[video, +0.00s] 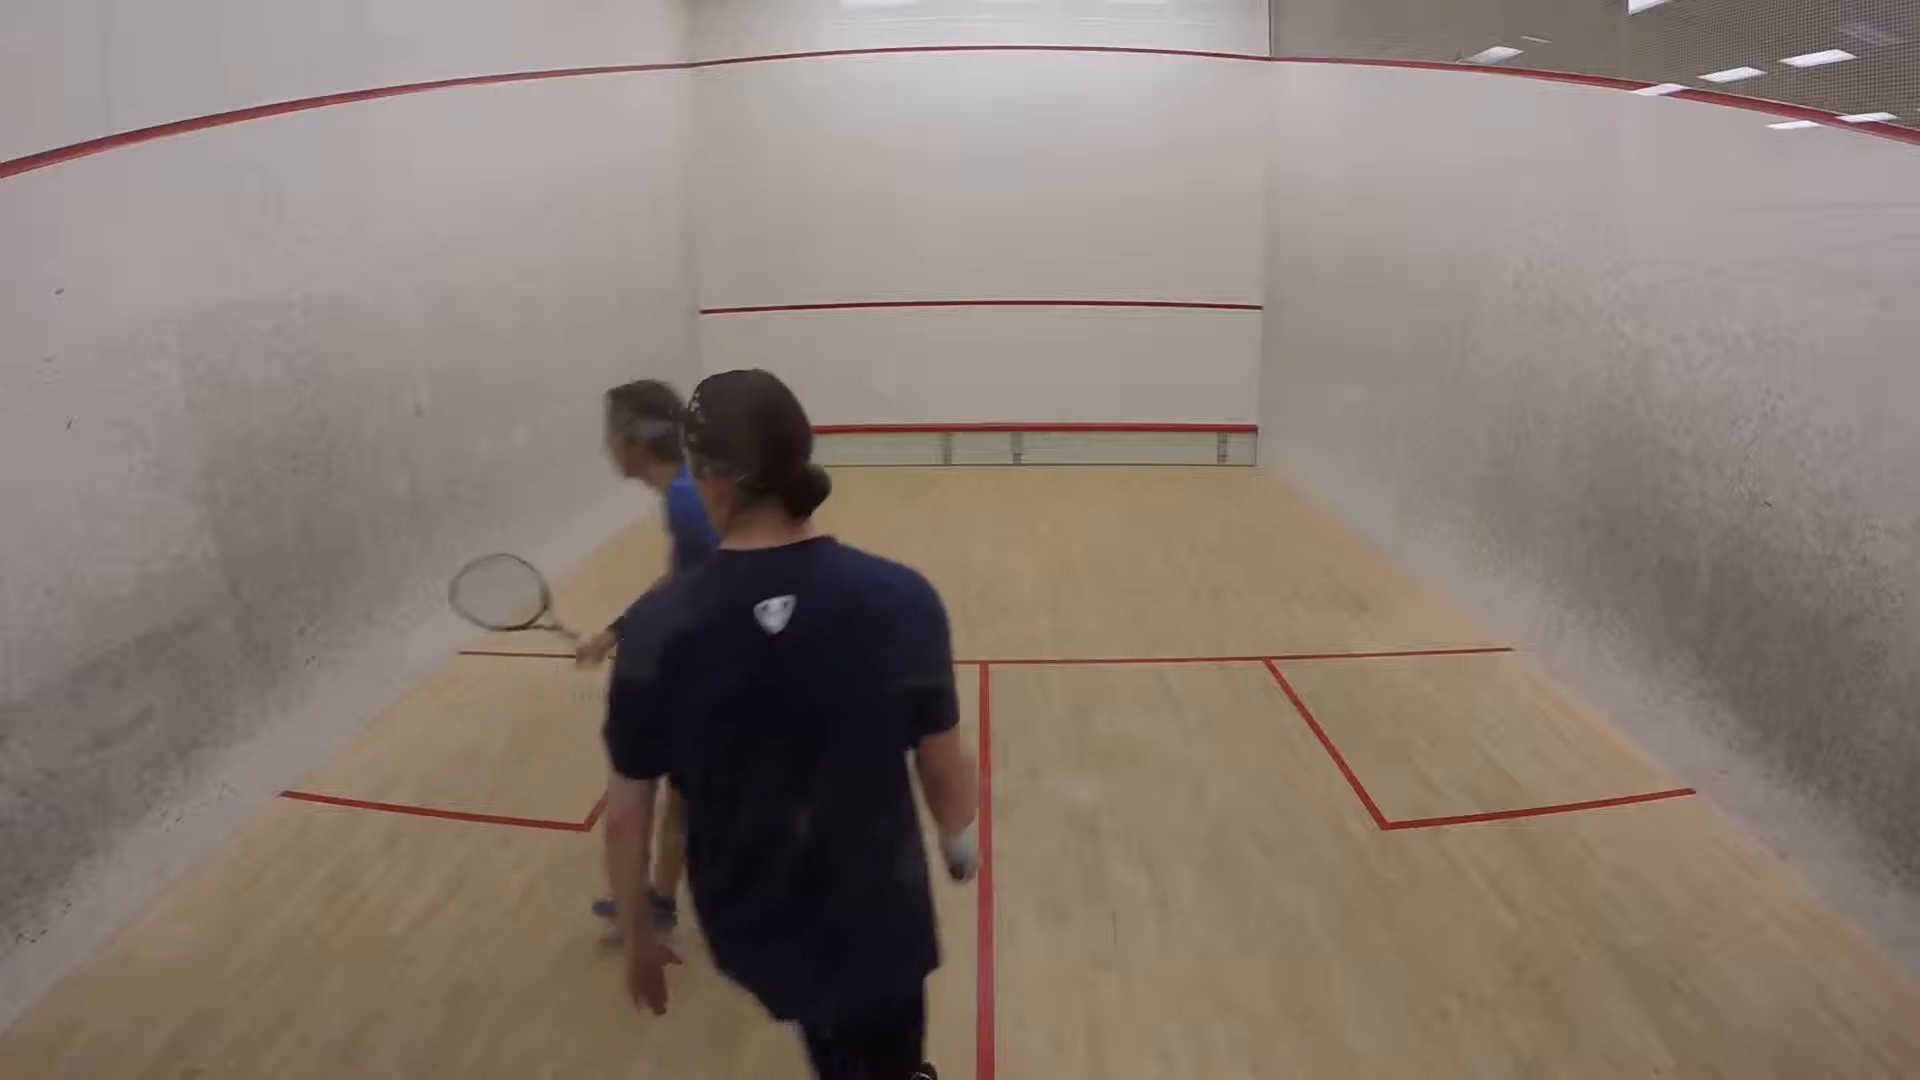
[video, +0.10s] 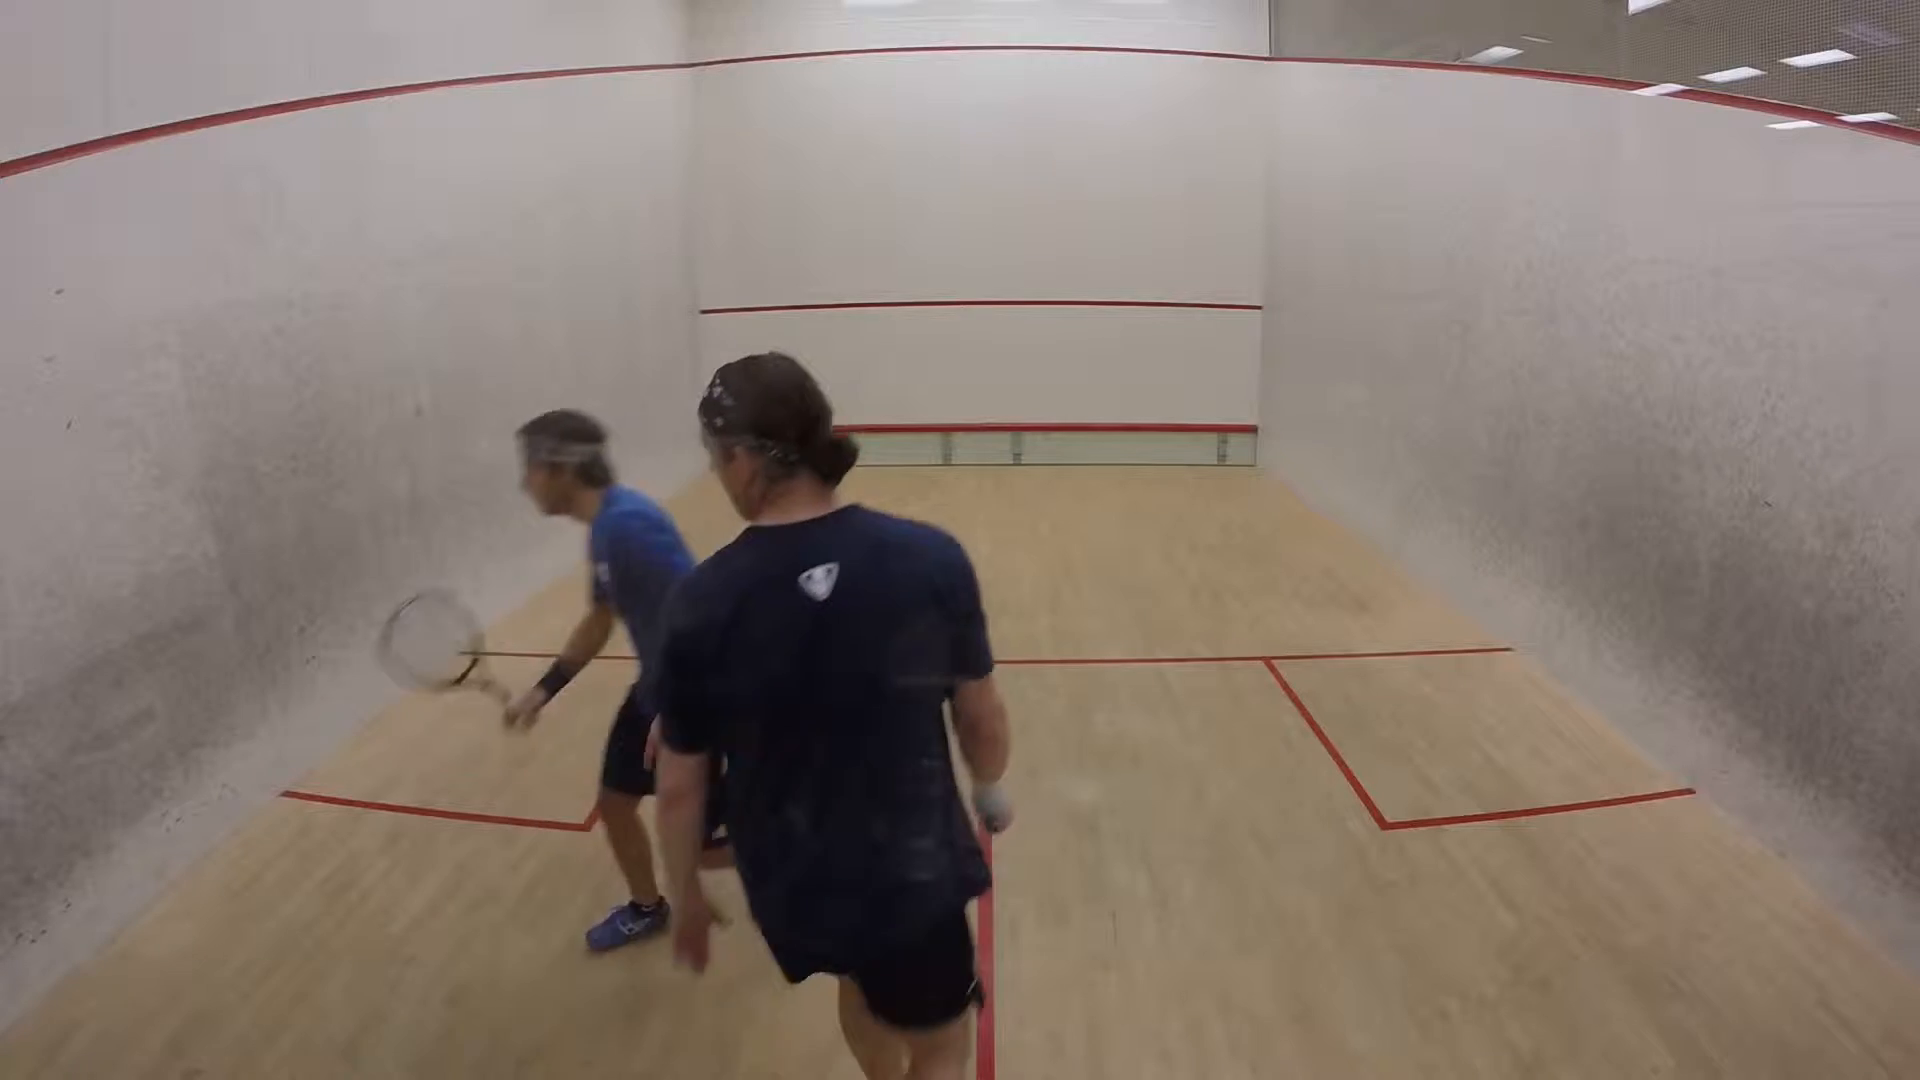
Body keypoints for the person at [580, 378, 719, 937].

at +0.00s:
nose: (614, 457)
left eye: (616, 443)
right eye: (613, 444)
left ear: (639, 442)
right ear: (665, 436)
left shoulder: (686, 497)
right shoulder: (691, 490)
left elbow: (696, 585)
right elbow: (678, 580)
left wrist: (614, 634)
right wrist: (614, 633)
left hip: (712, 659)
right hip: (711, 653)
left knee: (675, 785)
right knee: (680, 780)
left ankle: (659, 899)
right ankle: (651, 893)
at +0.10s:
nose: (525, 485)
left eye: (530, 471)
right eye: (525, 472)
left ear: (562, 470)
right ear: (568, 469)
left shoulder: (625, 526)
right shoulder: (610, 525)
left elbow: (686, 619)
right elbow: (599, 622)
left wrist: (669, 714)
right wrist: (541, 693)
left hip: (695, 689)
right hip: (657, 685)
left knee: (702, 844)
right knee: (616, 801)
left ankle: (788, 836)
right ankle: (648, 906)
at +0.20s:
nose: (444, 504)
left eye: (449, 488)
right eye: (443, 490)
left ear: (483, 486)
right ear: (488, 487)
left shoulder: (573, 534)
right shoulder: (519, 558)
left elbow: (673, 601)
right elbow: (531, 652)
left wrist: (658, 705)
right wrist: (488, 736)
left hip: (655, 701)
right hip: (605, 696)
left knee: (609, 868)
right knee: (580, 827)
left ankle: (702, 920)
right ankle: (647, 908)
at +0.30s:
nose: (363, 526)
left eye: (368, 509)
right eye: (361, 511)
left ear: (409, 506)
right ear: (410, 508)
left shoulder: (511, 546)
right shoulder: (438, 581)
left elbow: (625, 592)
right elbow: (464, 687)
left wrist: (615, 701)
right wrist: (435, 775)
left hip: (596, 722)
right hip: (548, 726)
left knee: (550, 909)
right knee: (567, 848)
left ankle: (582, 1048)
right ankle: (640, 907)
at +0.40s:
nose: (294, 565)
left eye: (300, 547)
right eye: (293, 548)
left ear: (344, 543)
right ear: (341, 546)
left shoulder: (446, 589)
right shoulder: (373, 619)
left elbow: (570, 630)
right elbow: (405, 734)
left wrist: (544, 742)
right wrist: (375, 826)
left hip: (534, 774)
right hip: (485, 775)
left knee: (486, 957)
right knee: (502, 889)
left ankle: (530, 1071)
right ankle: (614, 906)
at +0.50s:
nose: (218, 595)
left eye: (224, 577)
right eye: (217, 578)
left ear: (265, 573)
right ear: (266, 574)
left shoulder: (370, 612)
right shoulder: (305, 649)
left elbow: (479, 698)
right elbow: (332, 764)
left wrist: (406, 774)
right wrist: (291, 851)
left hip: (490, 788)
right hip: (434, 791)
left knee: (448, 980)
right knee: (409, 908)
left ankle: (518, 1072)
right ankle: (527, 970)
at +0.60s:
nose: (155, 618)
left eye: (159, 599)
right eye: (152, 601)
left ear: (195, 593)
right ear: (198, 592)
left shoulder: (290, 625)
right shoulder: (246, 661)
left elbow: (334, 752)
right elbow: (244, 787)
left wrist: (231, 749)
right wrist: (169, 819)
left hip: (445, 789)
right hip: (392, 787)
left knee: (421, 986)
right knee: (345, 900)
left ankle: (514, 1073)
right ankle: (387, 1033)